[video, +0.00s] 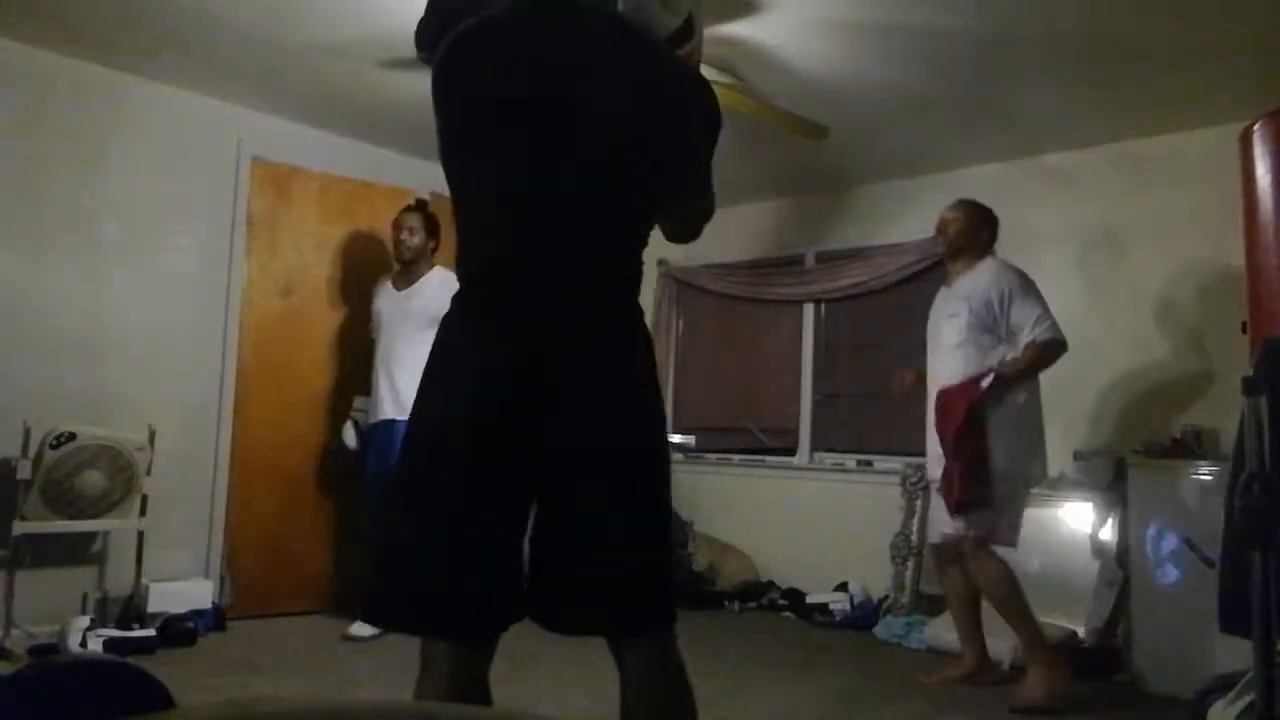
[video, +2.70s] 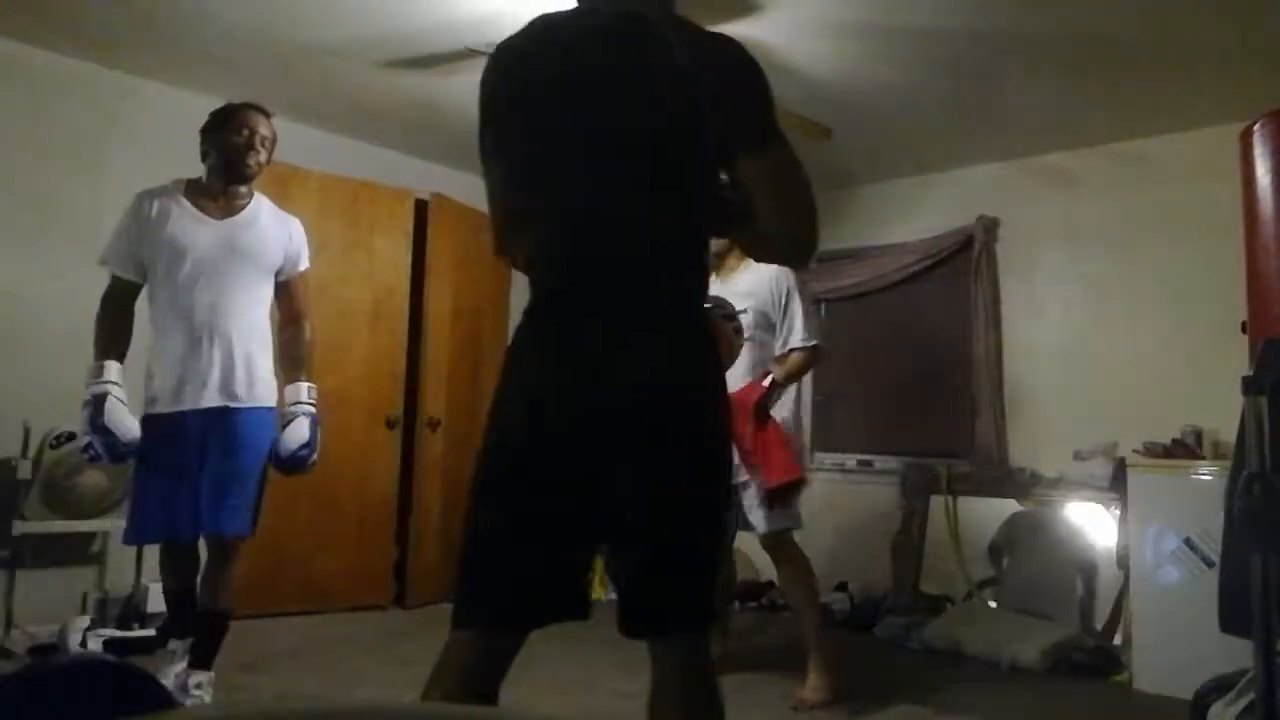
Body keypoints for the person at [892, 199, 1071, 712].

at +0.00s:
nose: (938, 232)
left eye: (949, 223)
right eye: (938, 225)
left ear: (979, 234)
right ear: (947, 237)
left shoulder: (1002, 278)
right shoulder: (945, 293)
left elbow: (1050, 341)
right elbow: (957, 360)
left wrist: (997, 379)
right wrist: (920, 378)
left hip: (996, 446)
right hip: (951, 448)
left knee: (975, 549)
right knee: (947, 549)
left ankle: (1041, 659)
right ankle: (974, 659)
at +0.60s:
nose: (897, 224)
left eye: (909, 218)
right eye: (897, 217)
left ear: (934, 232)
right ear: (897, 230)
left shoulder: (958, 274)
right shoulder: (892, 288)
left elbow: (1004, 339)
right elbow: (898, 356)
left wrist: (952, 362)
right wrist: (874, 362)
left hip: (950, 438)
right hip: (905, 437)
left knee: (943, 544)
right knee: (892, 530)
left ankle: (989, 663)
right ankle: (918, 642)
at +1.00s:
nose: (851, 242)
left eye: (861, 232)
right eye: (852, 234)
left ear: (892, 238)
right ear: (867, 243)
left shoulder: (915, 280)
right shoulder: (861, 295)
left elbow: (960, 338)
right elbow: (849, 352)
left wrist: (901, 360)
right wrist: (833, 361)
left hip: (905, 441)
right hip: (870, 442)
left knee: (895, 544)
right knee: (884, 542)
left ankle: (906, 672)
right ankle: (917, 650)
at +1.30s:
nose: (820, 237)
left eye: (830, 229)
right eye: (821, 229)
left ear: (861, 236)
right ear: (848, 238)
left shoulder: (878, 274)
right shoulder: (842, 286)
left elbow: (890, 349)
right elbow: (843, 364)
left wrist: (824, 350)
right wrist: (798, 361)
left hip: (881, 447)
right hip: (842, 445)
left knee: (875, 550)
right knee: (812, 526)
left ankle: (903, 677)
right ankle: (860, 617)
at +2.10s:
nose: (771, 232)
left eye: (781, 224)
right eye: (770, 225)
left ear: (810, 233)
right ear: (771, 235)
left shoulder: (830, 278)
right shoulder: (769, 293)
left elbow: (846, 355)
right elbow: (768, 361)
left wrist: (772, 357)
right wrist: (739, 366)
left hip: (813, 442)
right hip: (769, 441)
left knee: (807, 546)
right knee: (760, 545)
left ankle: (835, 674)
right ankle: (787, 639)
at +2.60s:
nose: (717, 225)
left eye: (727, 214)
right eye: (717, 214)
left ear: (749, 217)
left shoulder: (783, 274)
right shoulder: (718, 286)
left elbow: (819, 347)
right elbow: (704, 358)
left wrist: (775, 373)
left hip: (774, 432)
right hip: (718, 433)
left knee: (787, 544)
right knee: (716, 544)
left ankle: (826, 672)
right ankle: (720, 645)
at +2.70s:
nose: (706, 230)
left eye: (713, 220)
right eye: (703, 221)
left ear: (729, 226)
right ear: (701, 232)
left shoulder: (775, 278)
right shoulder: (692, 286)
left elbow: (802, 350)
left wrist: (765, 389)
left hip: (756, 438)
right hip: (704, 439)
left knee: (778, 544)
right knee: (714, 549)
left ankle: (818, 662)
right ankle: (713, 646)